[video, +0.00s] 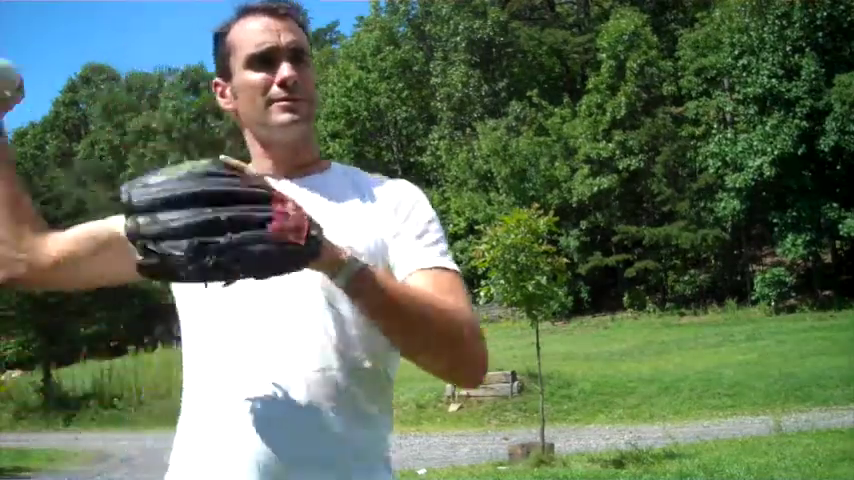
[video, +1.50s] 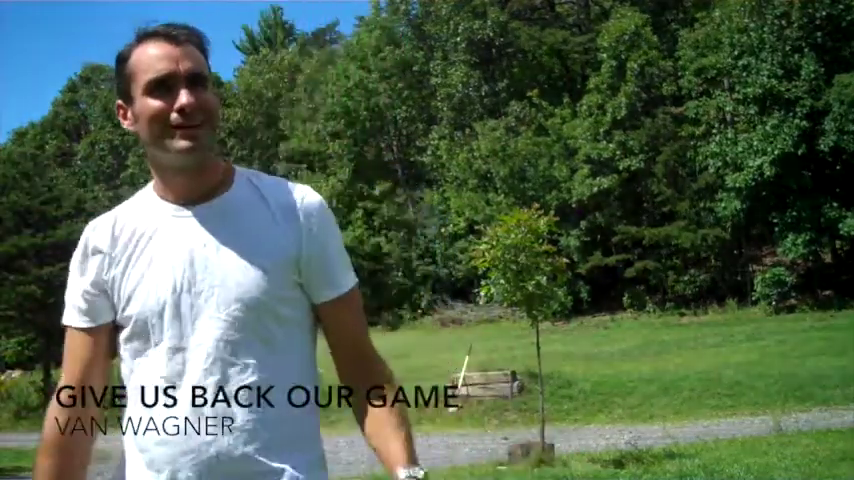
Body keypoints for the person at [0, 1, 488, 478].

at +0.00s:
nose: (287, 75)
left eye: (298, 59)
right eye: (264, 63)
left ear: (315, 76)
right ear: (226, 95)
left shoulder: (394, 204)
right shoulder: (195, 210)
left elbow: (467, 360)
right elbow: (27, 257)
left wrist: (336, 262)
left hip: (348, 466)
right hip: (212, 465)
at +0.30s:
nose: (350, 44)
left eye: (359, 27)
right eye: (322, 31)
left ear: (374, 44)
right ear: (280, 65)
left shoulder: (429, 198)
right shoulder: (252, 131)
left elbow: (468, 348)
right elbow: (298, 190)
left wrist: (489, 390)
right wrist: (478, 193)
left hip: (387, 463)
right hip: (253, 457)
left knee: (493, 403)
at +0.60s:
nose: (383, 43)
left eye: (392, 25)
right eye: (356, 27)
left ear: (406, 39)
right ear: (307, 54)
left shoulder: (427, 202)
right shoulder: (298, 142)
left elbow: (448, 395)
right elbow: (407, 311)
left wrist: (477, 473)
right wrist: (513, 403)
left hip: (399, 468)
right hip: (288, 464)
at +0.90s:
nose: (366, 57)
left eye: (377, 39)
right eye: (340, 41)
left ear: (389, 54)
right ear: (291, 64)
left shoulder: (429, 215)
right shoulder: (243, 171)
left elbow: (441, 392)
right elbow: (290, 333)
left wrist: (458, 473)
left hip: (379, 469)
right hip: (250, 467)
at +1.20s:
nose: (279, 78)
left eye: (290, 61)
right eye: (255, 64)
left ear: (304, 77)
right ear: (211, 90)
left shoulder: (375, 215)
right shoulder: (170, 213)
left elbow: (403, 376)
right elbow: (121, 340)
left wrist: (436, 474)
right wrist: (76, 458)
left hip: (345, 470)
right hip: (206, 470)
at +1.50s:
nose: (186, 100)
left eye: (198, 83)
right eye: (162, 88)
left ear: (217, 99)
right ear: (127, 115)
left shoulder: (299, 214)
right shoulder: (106, 242)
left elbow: (363, 370)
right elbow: (74, 407)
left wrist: (407, 470)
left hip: (284, 469)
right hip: (159, 471)